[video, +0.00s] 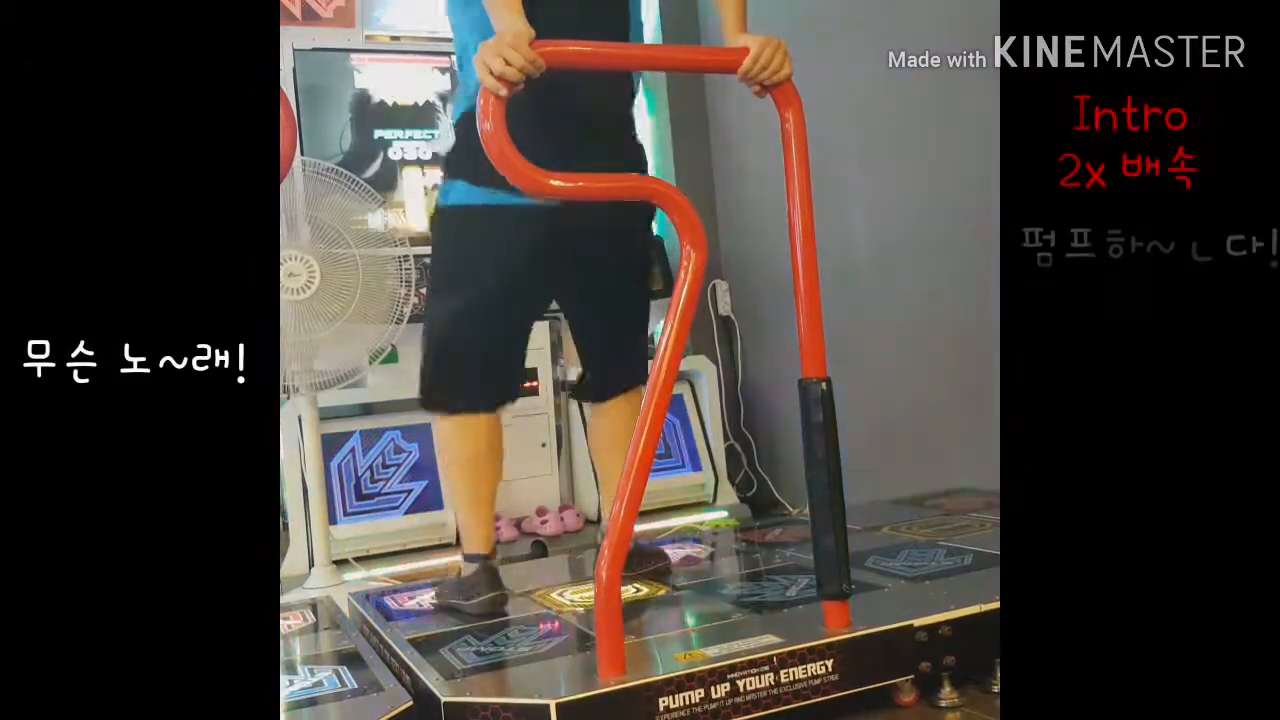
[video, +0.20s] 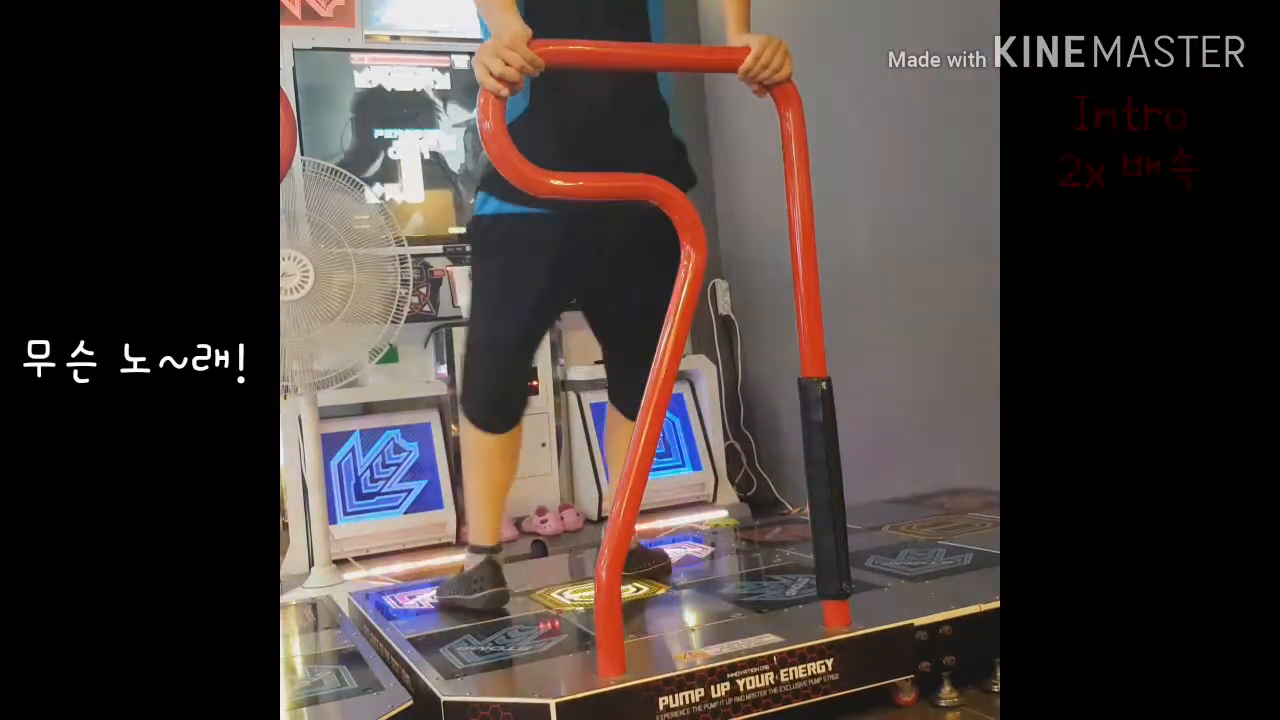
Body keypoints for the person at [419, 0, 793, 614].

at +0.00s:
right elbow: (505, 22)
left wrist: (739, 41)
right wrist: (505, 36)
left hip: (606, 163)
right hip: (491, 167)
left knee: (617, 363)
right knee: (461, 367)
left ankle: (623, 545)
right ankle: (476, 571)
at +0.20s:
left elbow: (728, 36)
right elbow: (507, 27)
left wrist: (747, 44)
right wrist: (501, 40)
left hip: (638, 180)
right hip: (524, 182)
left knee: (641, 373)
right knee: (492, 373)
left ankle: (621, 540)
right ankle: (482, 559)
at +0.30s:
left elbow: (730, 38)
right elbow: (514, 38)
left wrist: (755, 49)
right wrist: (496, 52)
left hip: (660, 150)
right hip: (549, 157)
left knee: (668, 360)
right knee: (568, 365)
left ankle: (661, 534)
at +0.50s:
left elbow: (741, 37)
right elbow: (513, 30)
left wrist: (755, 44)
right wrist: (501, 48)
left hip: (647, 140)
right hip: (537, 149)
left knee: (620, 355)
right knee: (560, 373)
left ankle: (665, 520)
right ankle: (593, 550)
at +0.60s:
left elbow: (737, 36)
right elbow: (511, 32)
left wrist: (756, 47)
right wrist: (495, 50)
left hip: (626, 152)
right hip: (540, 155)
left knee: (466, 372)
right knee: (535, 367)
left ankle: (536, 584)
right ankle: (561, 536)